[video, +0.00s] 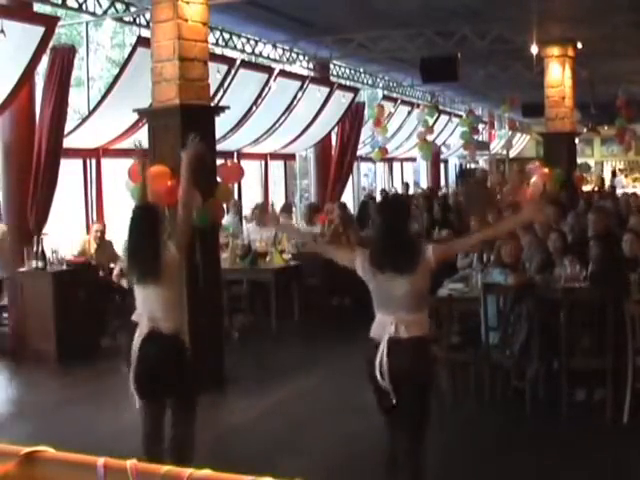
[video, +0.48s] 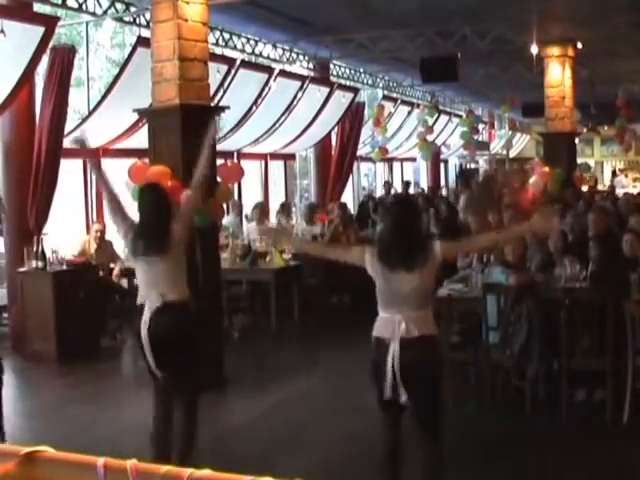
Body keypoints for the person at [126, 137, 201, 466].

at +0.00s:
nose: (167, 225)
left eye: (162, 220)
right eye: (163, 221)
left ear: (134, 231)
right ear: (159, 228)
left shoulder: (132, 264)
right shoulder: (173, 257)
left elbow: (139, 224)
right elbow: (184, 209)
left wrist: (144, 181)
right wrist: (187, 161)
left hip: (144, 344)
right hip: (175, 344)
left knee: (151, 418)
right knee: (182, 417)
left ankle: (151, 471)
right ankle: (179, 470)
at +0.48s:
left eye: (144, 202)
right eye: (164, 200)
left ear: (140, 208)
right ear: (169, 207)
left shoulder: (132, 238)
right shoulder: (177, 232)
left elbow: (113, 202)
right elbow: (198, 184)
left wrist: (95, 165)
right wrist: (209, 137)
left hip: (151, 315)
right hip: (182, 312)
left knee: (161, 389)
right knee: (187, 390)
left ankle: (161, 458)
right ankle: (185, 459)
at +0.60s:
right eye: (168, 210)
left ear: (138, 216)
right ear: (167, 215)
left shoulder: (129, 247)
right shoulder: (177, 239)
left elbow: (97, 211)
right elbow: (206, 205)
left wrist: (68, 173)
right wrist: (222, 168)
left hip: (151, 321)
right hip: (181, 318)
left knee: (161, 386)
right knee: (184, 389)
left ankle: (159, 450)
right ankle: (183, 454)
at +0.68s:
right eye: (162, 222)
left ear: (136, 229)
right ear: (165, 229)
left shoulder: (128, 260)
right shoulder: (179, 257)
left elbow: (92, 229)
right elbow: (211, 235)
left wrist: (60, 200)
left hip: (147, 334)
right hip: (179, 332)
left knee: (154, 398)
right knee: (183, 398)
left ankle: (155, 460)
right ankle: (185, 462)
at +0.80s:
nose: (170, 221)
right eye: (167, 216)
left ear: (137, 219)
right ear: (164, 219)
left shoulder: (123, 250)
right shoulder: (175, 249)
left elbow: (95, 238)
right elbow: (212, 244)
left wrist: (70, 223)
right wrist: (248, 227)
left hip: (139, 328)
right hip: (172, 326)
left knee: (146, 392)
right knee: (175, 392)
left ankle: (152, 458)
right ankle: (178, 458)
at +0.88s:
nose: (168, 214)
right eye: (166, 209)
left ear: (131, 213)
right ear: (162, 213)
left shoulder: (123, 245)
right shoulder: (170, 243)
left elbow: (102, 241)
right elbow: (210, 246)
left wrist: (80, 231)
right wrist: (239, 232)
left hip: (139, 321)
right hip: (173, 320)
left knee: (140, 389)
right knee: (167, 356)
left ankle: (143, 459)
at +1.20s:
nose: (171, 220)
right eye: (169, 215)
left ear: (138, 216)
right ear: (164, 218)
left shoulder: (127, 250)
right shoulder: (167, 248)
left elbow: (98, 250)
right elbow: (193, 262)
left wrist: (74, 244)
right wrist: (224, 256)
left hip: (138, 326)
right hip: (171, 327)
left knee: (139, 395)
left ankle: (139, 461)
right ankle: (164, 368)